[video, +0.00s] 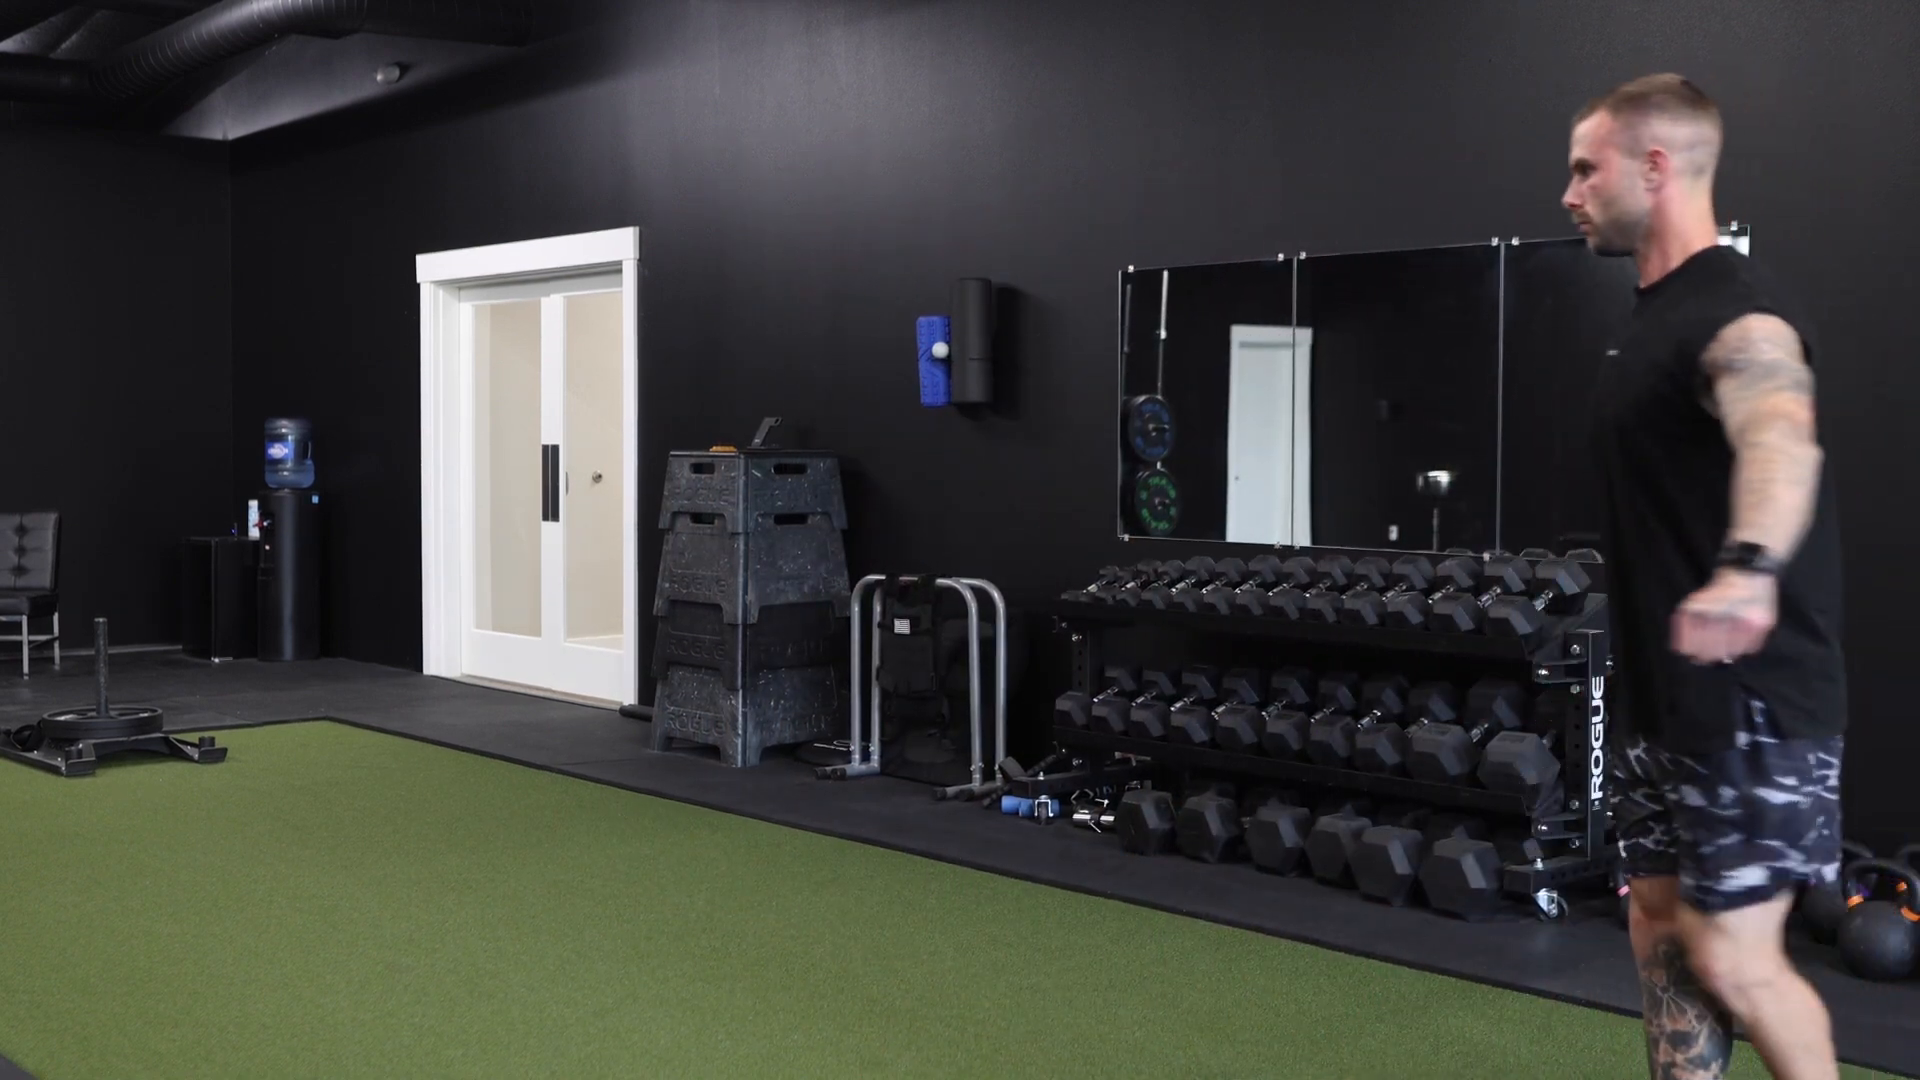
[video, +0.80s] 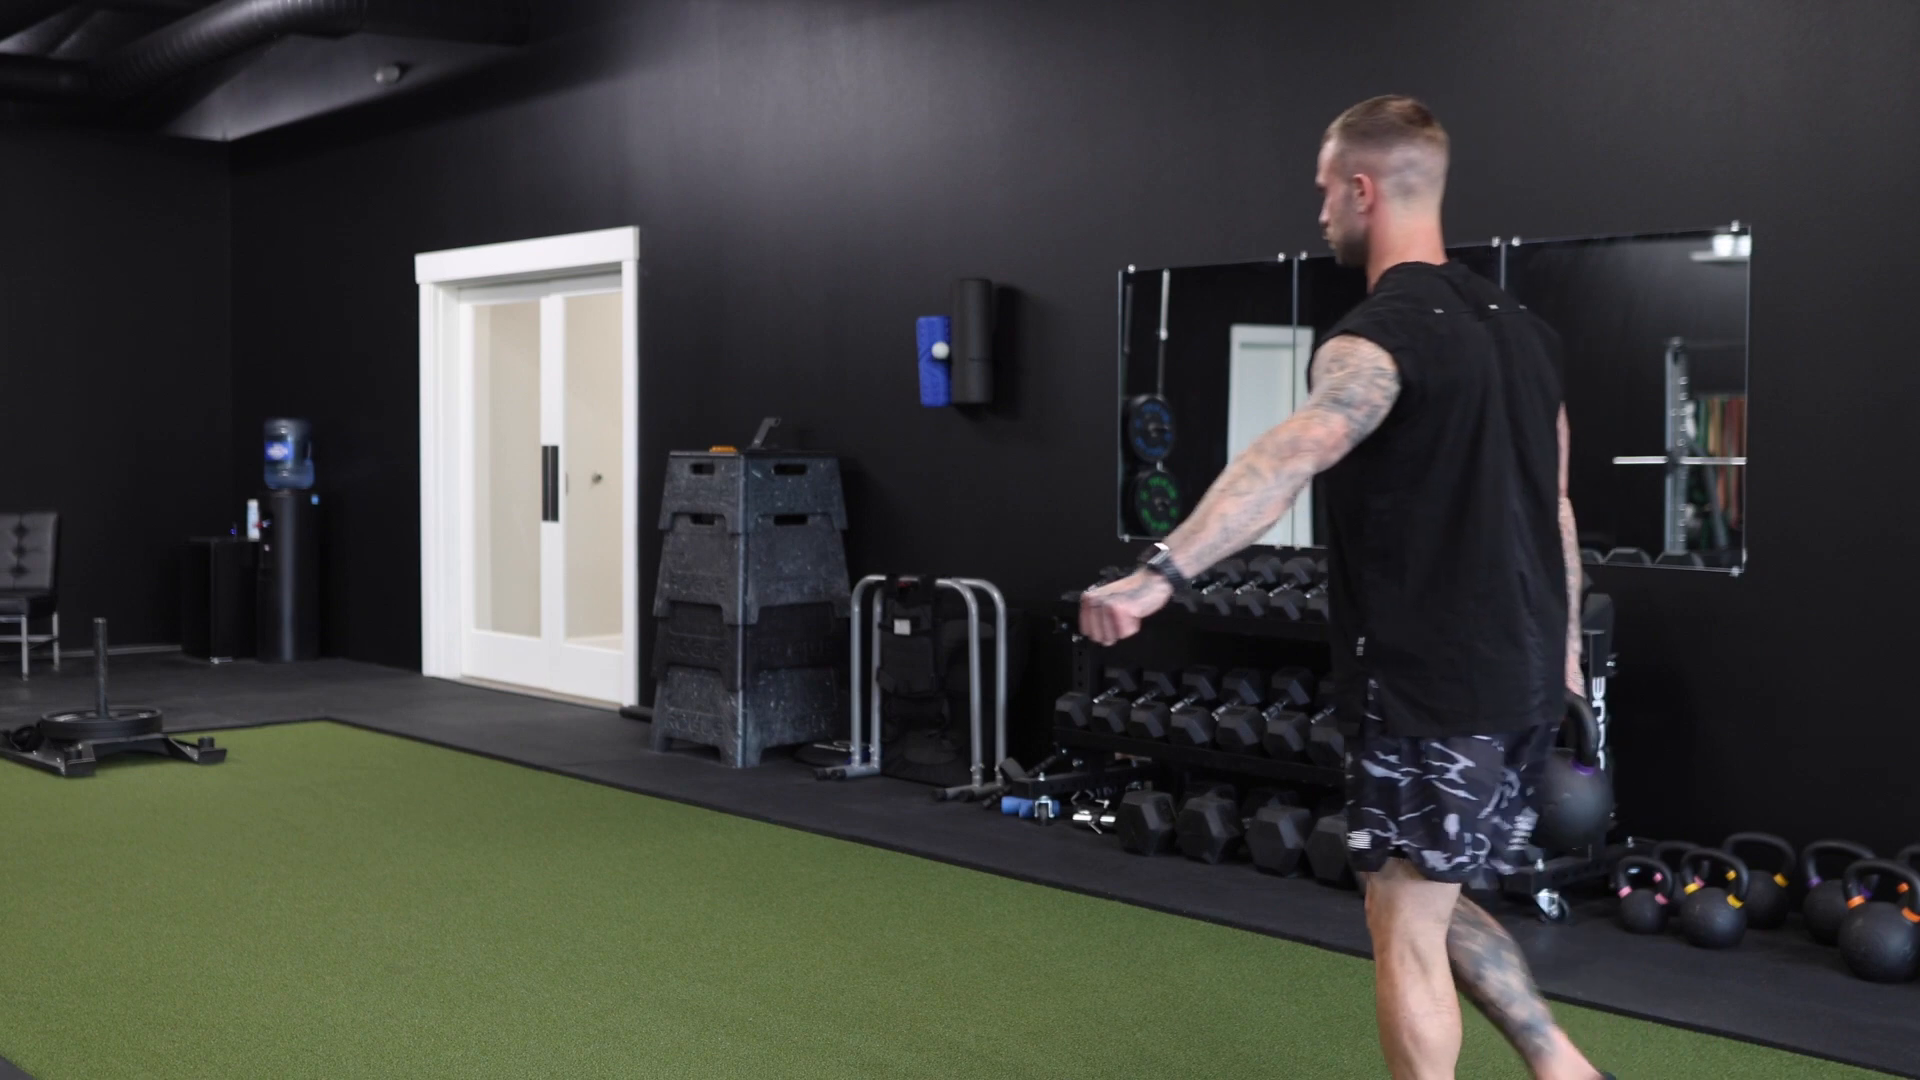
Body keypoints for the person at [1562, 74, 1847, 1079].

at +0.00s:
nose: (1569, 192)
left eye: (1586, 170)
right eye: (1570, 171)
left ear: (1658, 173)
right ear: (1654, 176)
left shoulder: (1739, 321)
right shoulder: (1649, 321)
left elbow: (1778, 443)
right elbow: (1672, 494)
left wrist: (1747, 567)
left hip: (1750, 693)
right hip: (1667, 686)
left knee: (1734, 950)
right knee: (1662, 931)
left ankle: (1820, 1071)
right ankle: (1689, 1077)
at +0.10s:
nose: (1540, 195)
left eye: (1556, 172)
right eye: (1542, 173)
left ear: (1620, 175)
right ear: (1624, 177)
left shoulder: (1692, 310)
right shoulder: (1640, 310)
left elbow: (1703, 445)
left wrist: (1639, 568)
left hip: (1713, 692)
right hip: (1682, 687)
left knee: (1630, 932)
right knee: (1685, 942)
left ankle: (1767, 1071)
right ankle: (1690, 1072)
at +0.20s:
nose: (1517, 197)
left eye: (1529, 174)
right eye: (1518, 175)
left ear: (1592, 174)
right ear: (1598, 176)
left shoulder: (1651, 308)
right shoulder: (1652, 297)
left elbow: (1630, 447)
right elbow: (1654, 469)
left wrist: (1546, 567)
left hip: (1672, 674)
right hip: (1701, 671)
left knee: (1546, 908)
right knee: (1677, 922)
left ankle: (1690, 1069)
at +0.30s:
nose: (1494, 199)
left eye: (1504, 174)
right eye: (1495, 176)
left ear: (1564, 174)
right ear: (1597, 177)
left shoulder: (1609, 307)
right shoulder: (1678, 304)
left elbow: (1571, 434)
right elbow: (1708, 472)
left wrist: (1464, 562)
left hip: (1644, 675)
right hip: (1706, 671)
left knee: (1508, 892)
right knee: (1665, 934)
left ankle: (1580, 1071)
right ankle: (1684, 1075)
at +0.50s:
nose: (1442, 202)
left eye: (1450, 180)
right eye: (1443, 180)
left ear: (1499, 179)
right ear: (1542, 183)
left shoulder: (1523, 315)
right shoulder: (1639, 327)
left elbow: (1458, 425)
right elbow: (1650, 503)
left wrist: (1323, 551)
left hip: (1541, 683)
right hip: (1647, 681)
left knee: (1472, 924)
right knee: (1638, 939)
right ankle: (1673, 1079)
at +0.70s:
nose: (1360, 206)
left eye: (1367, 184)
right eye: (1361, 184)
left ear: (1410, 186)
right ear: (1463, 190)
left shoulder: (1425, 327)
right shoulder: (1555, 328)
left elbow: (1352, 442)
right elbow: (1586, 519)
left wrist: (1210, 565)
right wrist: (1592, 671)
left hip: (1467, 679)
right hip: (1561, 678)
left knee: (1424, 923)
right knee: (1521, 914)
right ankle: (1623, 1074)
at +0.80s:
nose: (1321, 212)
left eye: (1326, 190)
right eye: (1321, 191)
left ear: (1366, 191)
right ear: (1424, 194)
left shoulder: (1383, 331)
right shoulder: (1524, 333)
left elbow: (1307, 444)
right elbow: (1555, 510)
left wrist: (1159, 571)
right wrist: (1569, 653)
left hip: (1433, 675)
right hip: (1521, 673)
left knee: (1409, 930)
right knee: (1432, 895)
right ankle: (1562, 1063)